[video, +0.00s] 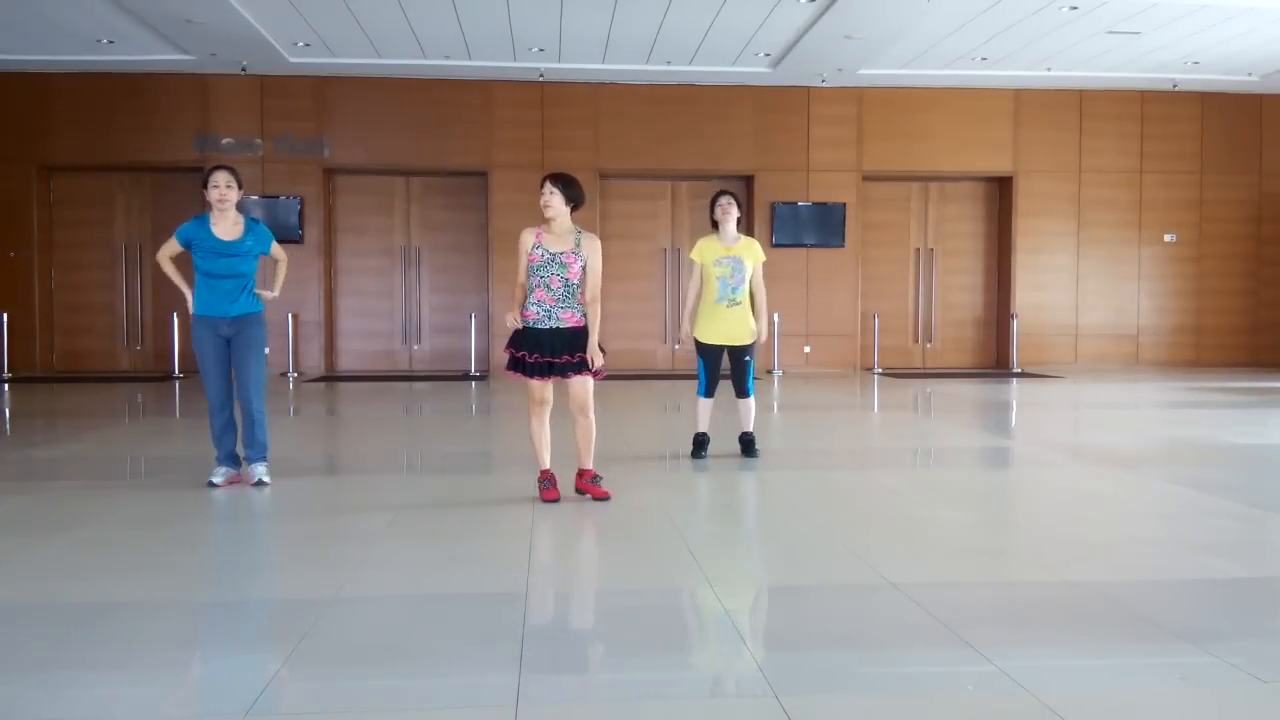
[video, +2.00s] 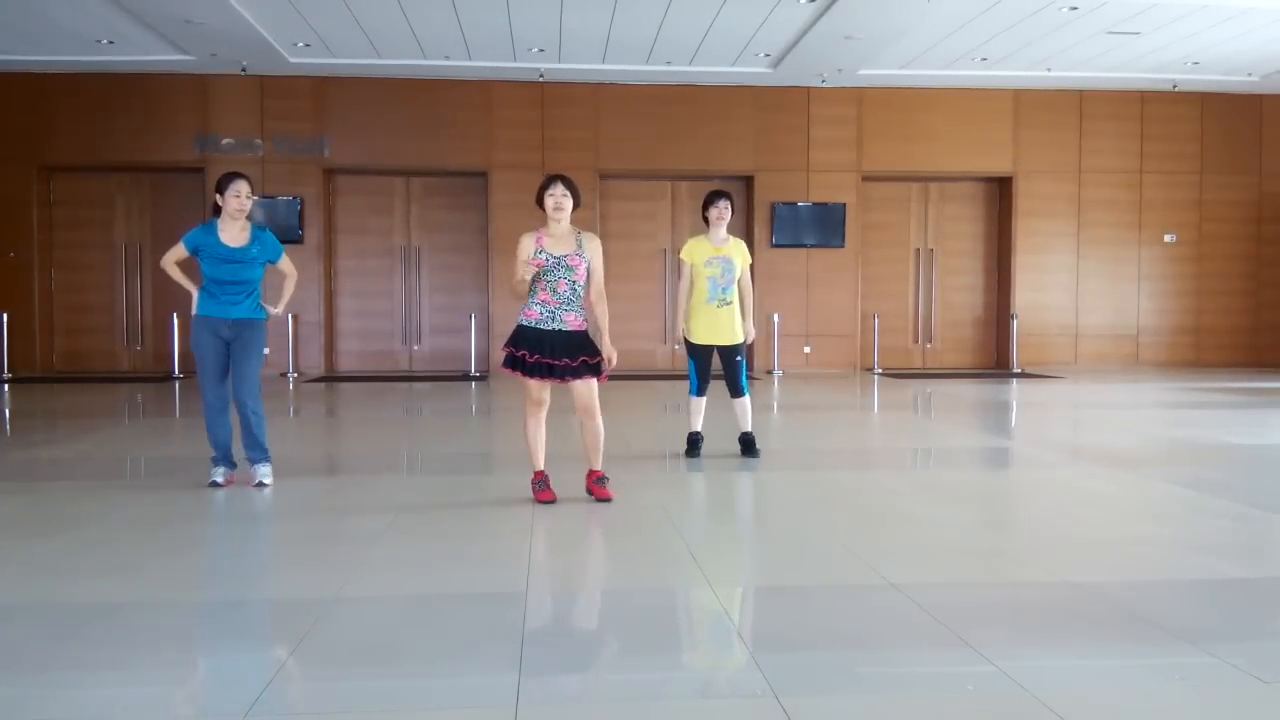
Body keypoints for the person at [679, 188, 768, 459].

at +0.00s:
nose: (725, 207)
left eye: (730, 204)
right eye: (720, 205)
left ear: (739, 211)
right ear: (713, 214)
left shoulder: (752, 246)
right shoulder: (704, 245)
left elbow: (758, 288)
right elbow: (694, 285)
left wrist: (762, 323)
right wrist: (686, 320)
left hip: (742, 327)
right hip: (708, 326)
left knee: (744, 386)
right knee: (706, 386)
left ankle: (748, 437)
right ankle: (701, 437)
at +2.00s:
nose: (721, 212)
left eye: (726, 208)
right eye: (716, 207)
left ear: (731, 214)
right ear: (706, 213)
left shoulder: (739, 247)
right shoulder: (693, 246)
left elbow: (746, 286)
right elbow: (684, 285)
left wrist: (748, 322)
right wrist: (679, 321)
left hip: (731, 327)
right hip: (698, 327)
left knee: (738, 385)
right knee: (698, 386)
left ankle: (747, 436)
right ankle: (695, 436)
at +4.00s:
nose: (719, 215)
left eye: (725, 211)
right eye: (714, 210)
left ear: (731, 218)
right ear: (706, 215)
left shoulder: (739, 249)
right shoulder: (691, 249)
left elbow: (757, 279)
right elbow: (682, 286)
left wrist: (747, 309)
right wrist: (676, 323)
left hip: (729, 328)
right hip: (696, 328)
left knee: (739, 386)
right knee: (697, 386)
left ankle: (752, 435)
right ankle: (695, 438)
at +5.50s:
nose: (737, 224)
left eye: (743, 219)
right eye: (732, 218)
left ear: (747, 224)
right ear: (722, 220)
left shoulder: (753, 254)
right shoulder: (707, 252)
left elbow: (769, 285)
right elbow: (694, 283)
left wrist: (762, 315)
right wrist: (685, 311)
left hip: (744, 330)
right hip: (711, 330)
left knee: (764, 383)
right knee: (703, 385)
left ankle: (786, 436)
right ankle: (693, 434)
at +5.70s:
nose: (760, 222)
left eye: (765, 218)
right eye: (754, 218)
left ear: (771, 223)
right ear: (745, 223)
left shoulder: (781, 256)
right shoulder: (734, 254)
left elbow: (795, 287)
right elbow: (719, 291)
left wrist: (789, 317)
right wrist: (712, 323)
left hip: (772, 331)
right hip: (737, 331)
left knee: (791, 382)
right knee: (721, 384)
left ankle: (805, 438)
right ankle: (697, 433)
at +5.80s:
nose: (770, 220)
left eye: (775, 215)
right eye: (765, 215)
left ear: (781, 220)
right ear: (756, 221)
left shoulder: (793, 253)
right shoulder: (745, 253)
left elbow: (811, 281)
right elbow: (735, 291)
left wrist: (805, 315)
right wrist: (729, 326)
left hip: (787, 329)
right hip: (753, 330)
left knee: (800, 385)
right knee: (735, 386)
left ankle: (806, 438)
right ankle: (714, 433)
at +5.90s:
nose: (779, 217)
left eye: (783, 212)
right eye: (773, 213)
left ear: (790, 217)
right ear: (764, 218)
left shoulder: (802, 250)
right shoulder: (754, 251)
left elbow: (821, 279)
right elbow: (747, 290)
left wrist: (815, 314)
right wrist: (743, 327)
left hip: (797, 329)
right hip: (763, 330)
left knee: (804, 387)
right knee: (751, 387)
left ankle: (807, 438)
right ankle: (740, 436)